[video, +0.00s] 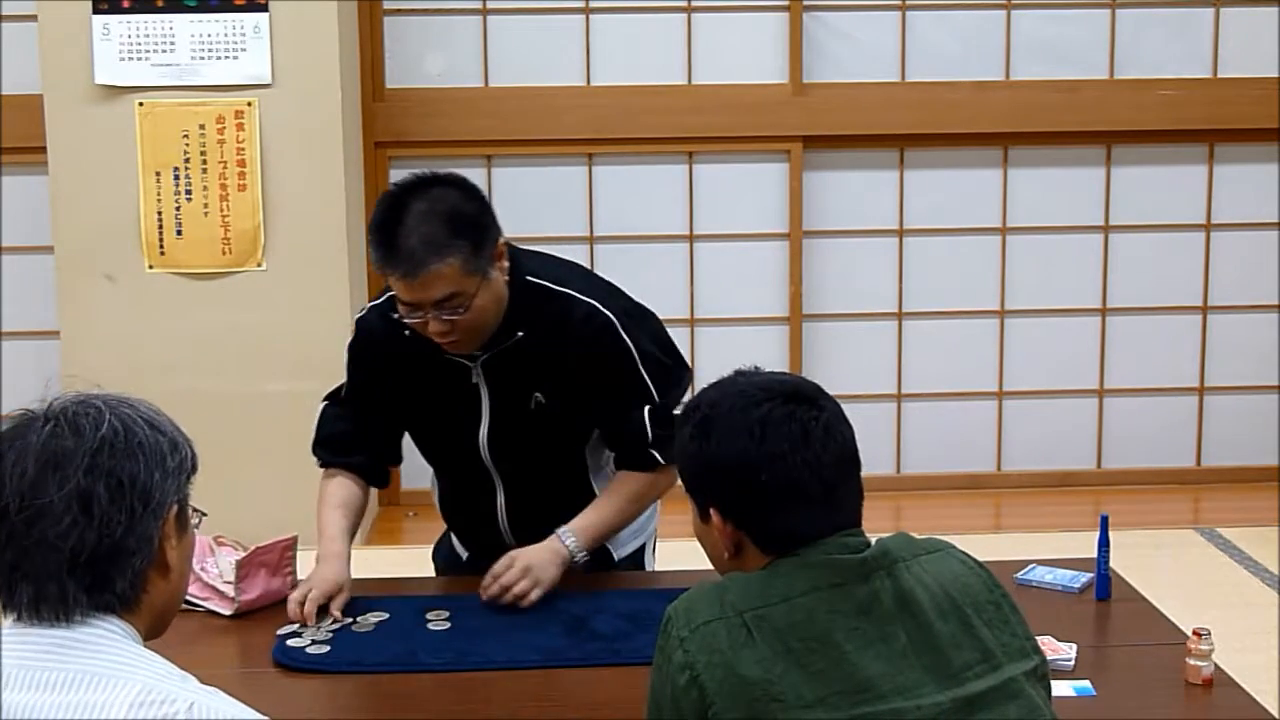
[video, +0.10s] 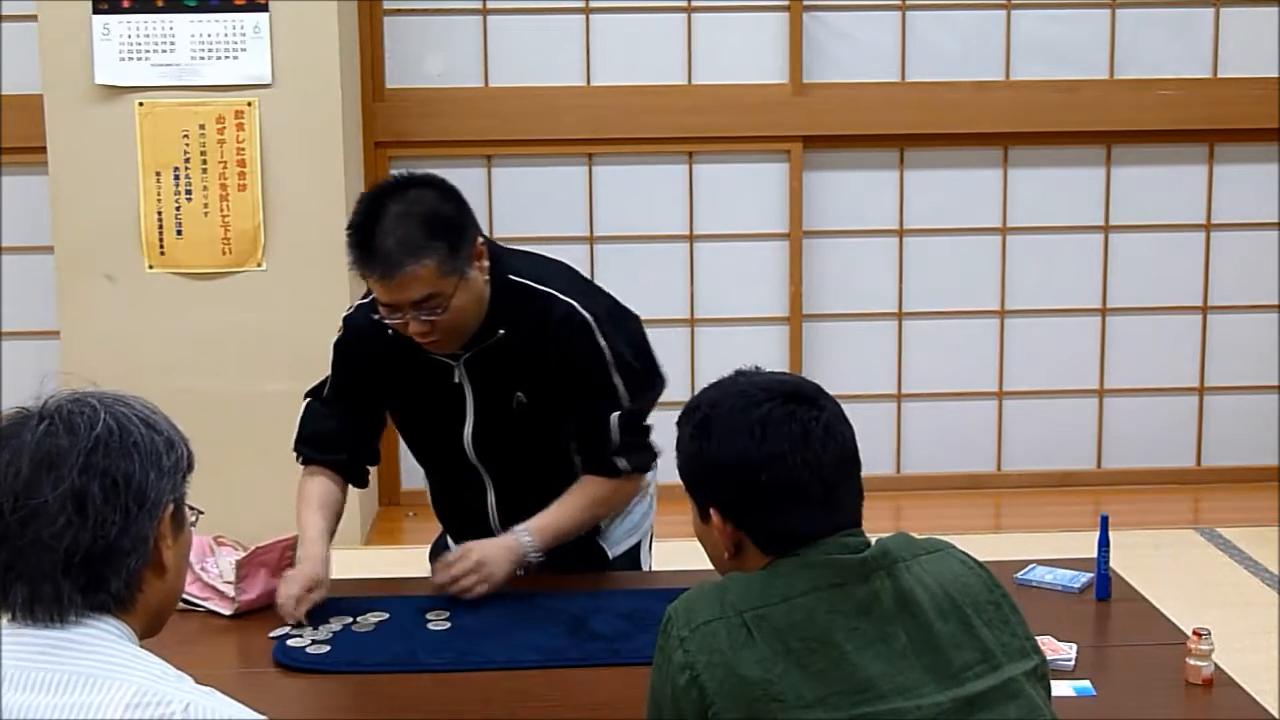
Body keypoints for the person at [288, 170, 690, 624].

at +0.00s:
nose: (435, 326)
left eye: (453, 304)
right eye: (412, 309)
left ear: (499, 262)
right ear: (390, 283)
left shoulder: (593, 320)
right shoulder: (383, 336)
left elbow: (657, 452)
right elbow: (351, 450)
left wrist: (560, 547)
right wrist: (332, 556)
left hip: (597, 559)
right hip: (472, 559)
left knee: (594, 704)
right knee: (464, 706)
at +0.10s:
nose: (414, 327)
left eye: (430, 305)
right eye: (392, 310)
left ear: (479, 260)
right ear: (372, 283)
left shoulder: (571, 318)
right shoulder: (370, 331)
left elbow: (623, 467)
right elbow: (330, 446)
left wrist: (515, 546)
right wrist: (312, 555)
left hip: (590, 551)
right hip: (469, 553)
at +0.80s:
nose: (378, 348)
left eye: (390, 322)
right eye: (353, 335)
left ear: (425, 268)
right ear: (326, 314)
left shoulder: (533, 313)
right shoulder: (326, 347)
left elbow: (631, 407)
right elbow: (323, 432)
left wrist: (570, 520)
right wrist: (347, 528)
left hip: (576, 563)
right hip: (453, 565)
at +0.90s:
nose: (389, 363)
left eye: (400, 338)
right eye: (363, 353)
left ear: (432, 283)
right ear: (335, 329)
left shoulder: (544, 333)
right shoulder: (333, 366)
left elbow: (603, 459)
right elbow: (352, 480)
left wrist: (565, 575)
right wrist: (403, 581)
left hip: (584, 556)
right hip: (455, 566)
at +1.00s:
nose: (401, 378)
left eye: (413, 353)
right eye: (375, 368)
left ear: (443, 298)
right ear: (346, 347)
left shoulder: (559, 349)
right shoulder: (340, 383)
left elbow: (589, 491)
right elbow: (378, 512)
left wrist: (564, 604)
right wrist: (441, 605)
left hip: (591, 558)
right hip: (463, 574)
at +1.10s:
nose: (440, 418)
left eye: (452, 393)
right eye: (413, 409)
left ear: (476, 332)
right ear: (379, 387)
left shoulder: (578, 376)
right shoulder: (363, 411)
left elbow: (596, 541)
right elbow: (424, 557)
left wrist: (584, 657)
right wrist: (484, 655)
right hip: (477, 578)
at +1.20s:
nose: (472, 434)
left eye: (485, 411)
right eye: (445, 424)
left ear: (511, 352)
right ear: (408, 398)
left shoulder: (600, 389)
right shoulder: (385, 420)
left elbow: (616, 548)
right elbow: (432, 558)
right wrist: (495, 648)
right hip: (483, 587)